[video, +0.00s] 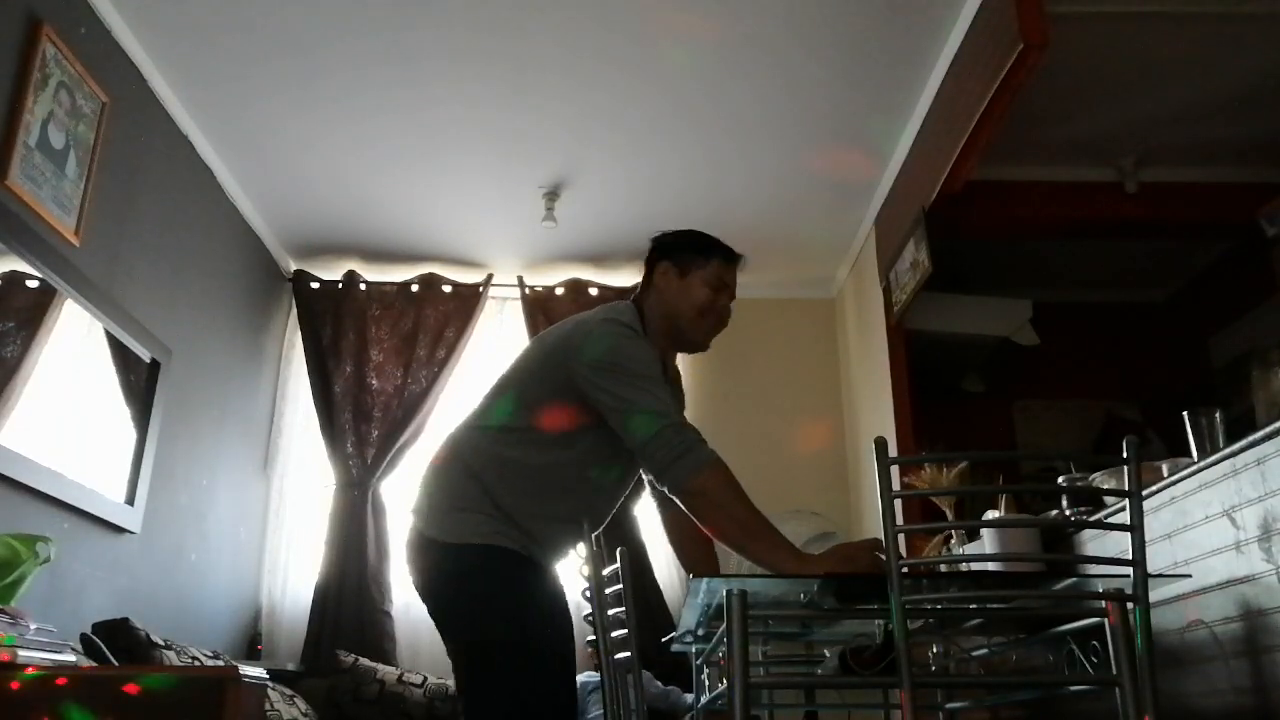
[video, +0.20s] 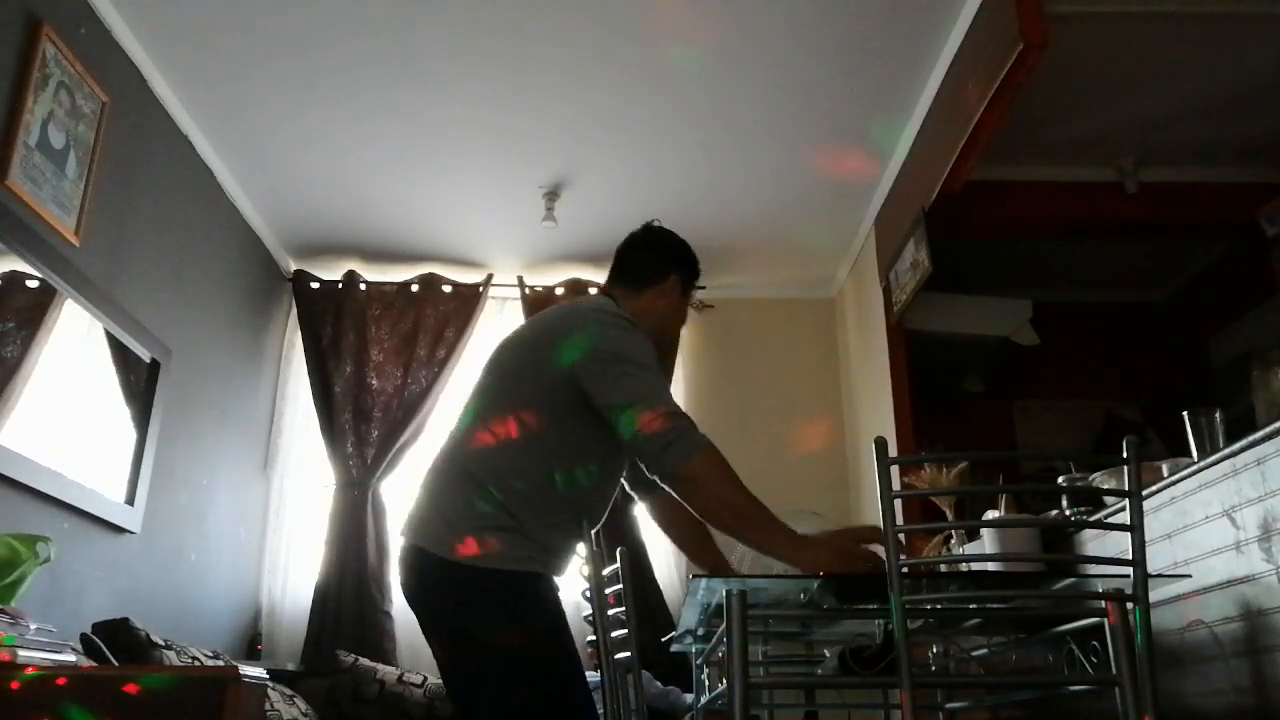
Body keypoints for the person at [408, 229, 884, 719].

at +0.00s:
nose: (727, 308)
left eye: (731, 297)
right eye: (717, 289)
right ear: (663, 276)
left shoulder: (654, 369)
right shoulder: (610, 340)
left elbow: (680, 499)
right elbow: (691, 473)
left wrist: (718, 603)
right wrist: (803, 564)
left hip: (515, 547)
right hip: (472, 538)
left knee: (542, 702)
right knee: (520, 703)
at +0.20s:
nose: (685, 325)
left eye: (690, 308)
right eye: (689, 305)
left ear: (626, 281)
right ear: (668, 290)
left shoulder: (579, 335)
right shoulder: (599, 333)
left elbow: (656, 487)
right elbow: (682, 456)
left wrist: (722, 579)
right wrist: (799, 547)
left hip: (470, 563)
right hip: (484, 566)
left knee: (520, 714)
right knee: (555, 713)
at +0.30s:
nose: (656, 286)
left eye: (660, 275)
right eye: (660, 272)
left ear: (595, 250)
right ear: (645, 261)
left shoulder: (547, 299)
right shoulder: (596, 295)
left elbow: (607, 449)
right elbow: (635, 416)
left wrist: (708, 500)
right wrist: (771, 464)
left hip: (462, 537)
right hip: (498, 541)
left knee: (520, 707)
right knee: (552, 708)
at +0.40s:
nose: (642, 242)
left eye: (644, 231)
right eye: (645, 229)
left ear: (585, 202)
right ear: (639, 216)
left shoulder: (534, 248)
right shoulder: (598, 237)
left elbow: (565, 397)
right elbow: (605, 353)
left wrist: (673, 420)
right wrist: (725, 378)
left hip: (461, 484)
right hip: (501, 490)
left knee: (491, 679)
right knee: (530, 684)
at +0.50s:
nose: (623, 204)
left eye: (625, 197)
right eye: (623, 195)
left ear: (556, 174)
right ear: (615, 184)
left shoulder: (500, 228)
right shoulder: (599, 205)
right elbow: (611, 327)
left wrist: (633, 357)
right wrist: (667, 374)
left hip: (440, 459)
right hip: (504, 459)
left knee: (473, 654)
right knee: (523, 662)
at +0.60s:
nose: (602, 213)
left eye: (603, 205)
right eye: (604, 204)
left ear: (531, 189)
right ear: (593, 196)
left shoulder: (472, 245)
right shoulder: (584, 226)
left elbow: (469, 361)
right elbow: (613, 360)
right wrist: (640, 369)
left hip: (429, 489)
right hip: (510, 488)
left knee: (469, 681)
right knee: (521, 682)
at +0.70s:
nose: (583, 237)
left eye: (581, 230)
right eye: (585, 229)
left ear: (513, 214)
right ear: (578, 221)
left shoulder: (459, 264)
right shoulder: (579, 255)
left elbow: (444, 389)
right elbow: (618, 388)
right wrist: (595, 417)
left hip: (405, 526)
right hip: (499, 530)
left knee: (450, 701)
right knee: (526, 703)